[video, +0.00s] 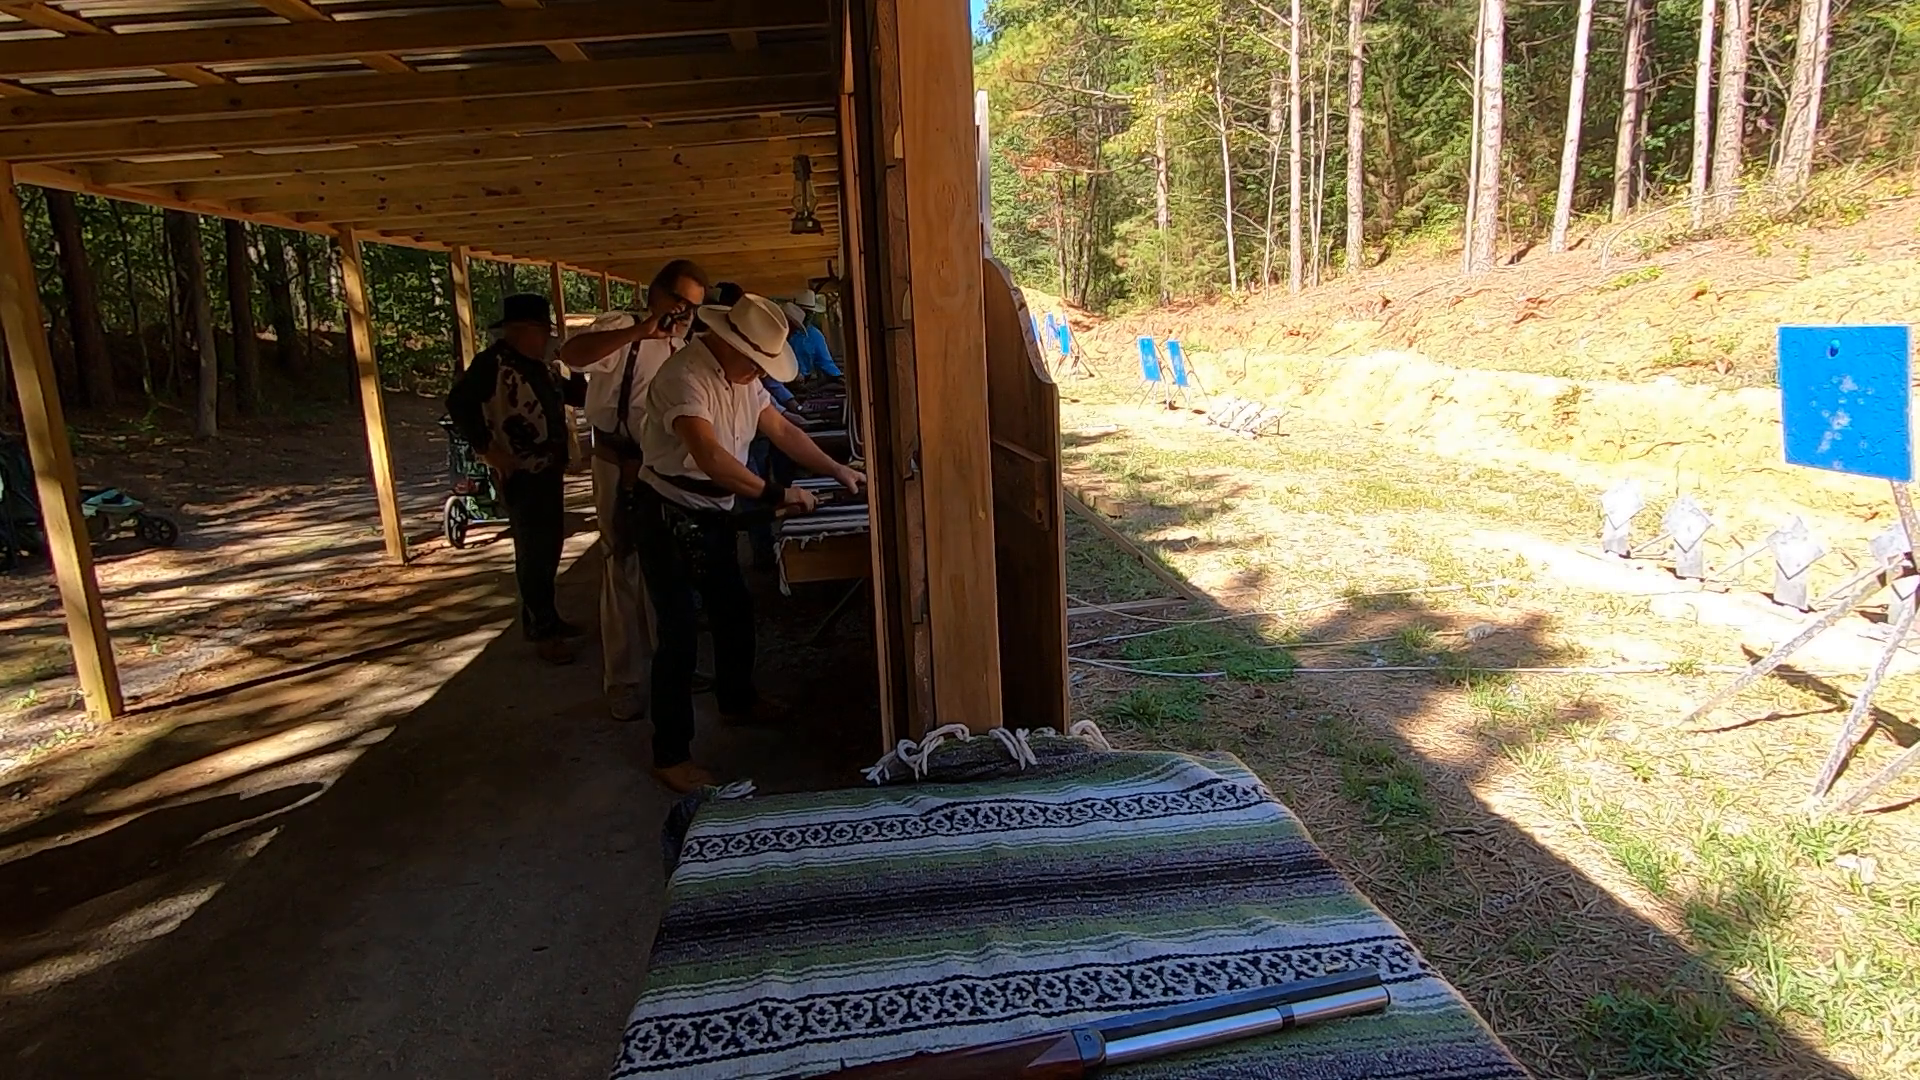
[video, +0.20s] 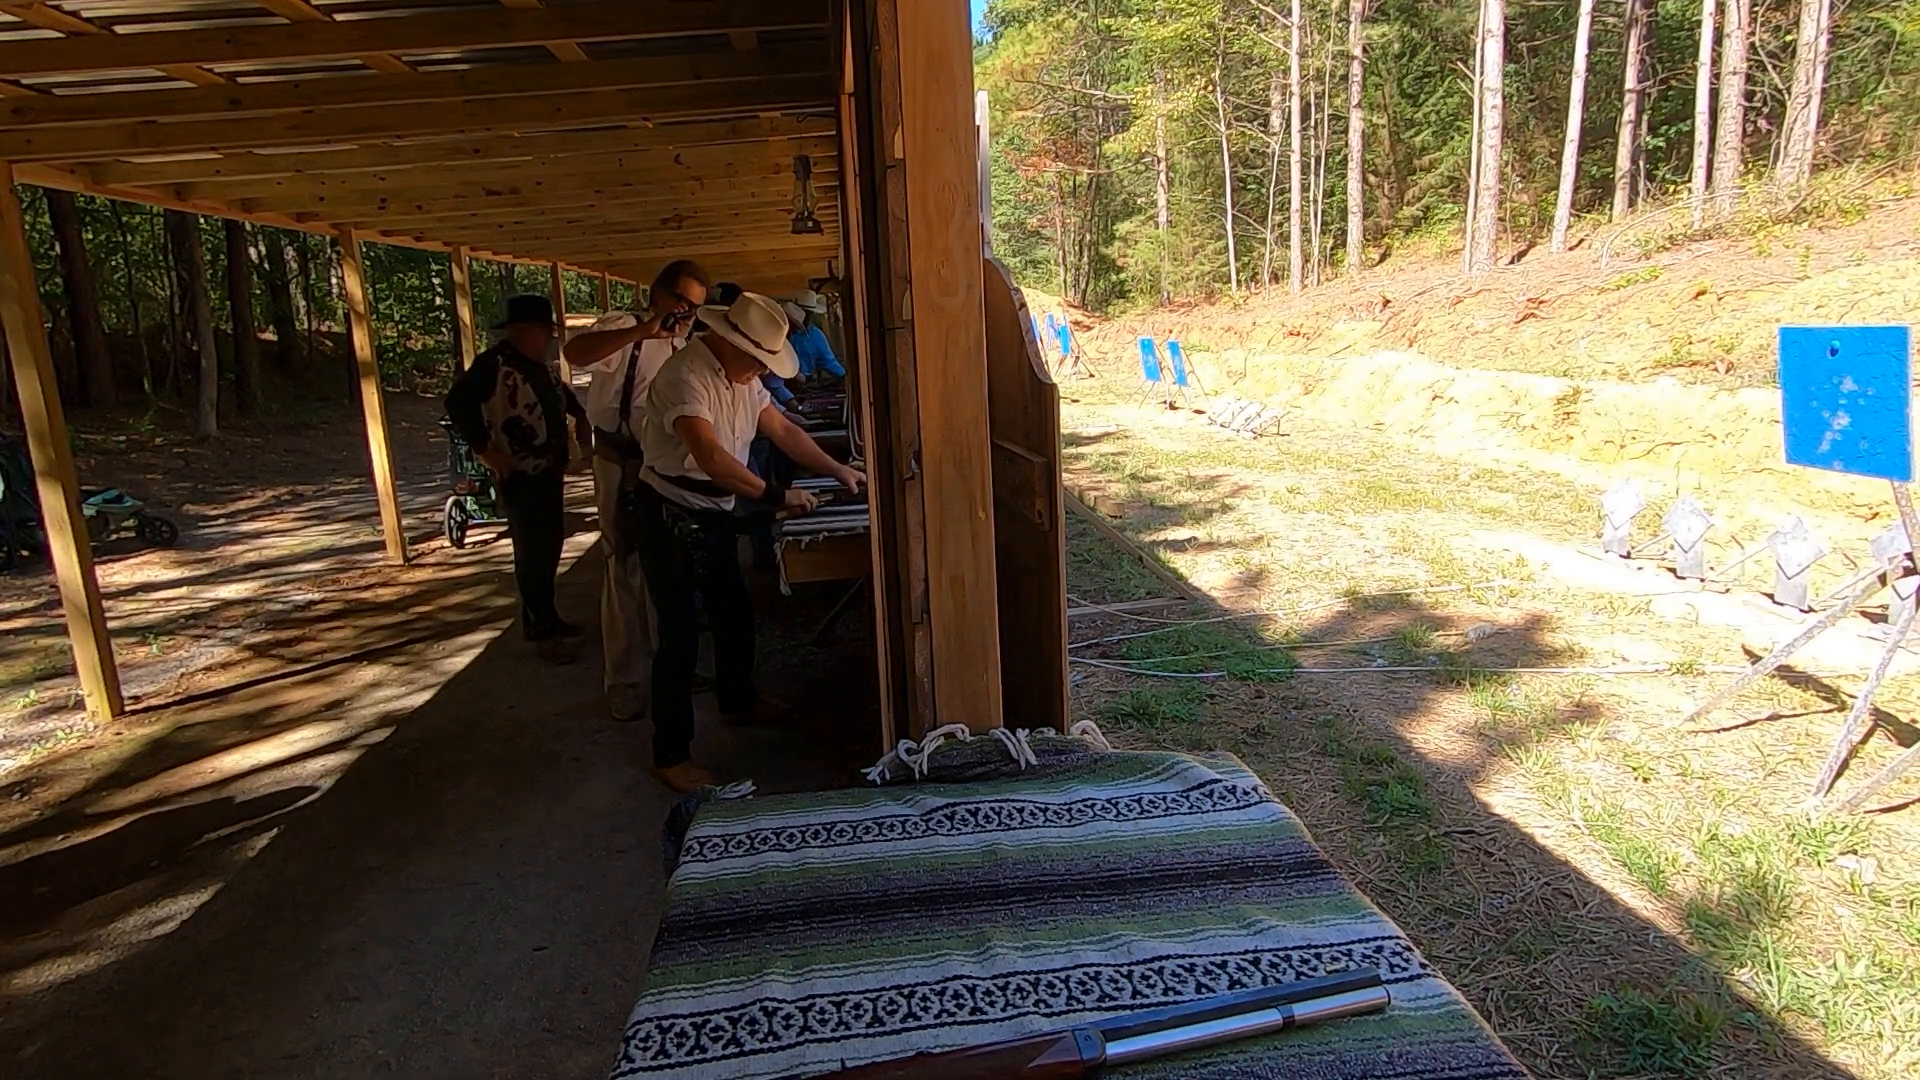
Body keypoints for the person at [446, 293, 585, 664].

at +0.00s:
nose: (548, 337)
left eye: (547, 330)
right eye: (542, 329)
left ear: (532, 330)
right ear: (520, 330)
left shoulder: (540, 367)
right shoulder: (492, 362)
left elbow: (573, 391)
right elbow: (460, 403)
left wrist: (609, 388)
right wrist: (487, 449)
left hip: (548, 470)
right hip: (520, 473)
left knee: (549, 547)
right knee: (533, 550)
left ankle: (547, 619)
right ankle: (540, 630)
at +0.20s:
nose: (550, 340)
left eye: (550, 332)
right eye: (545, 331)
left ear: (532, 330)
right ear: (524, 330)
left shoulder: (538, 366)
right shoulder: (493, 363)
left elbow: (560, 392)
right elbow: (459, 402)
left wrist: (580, 416)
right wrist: (484, 448)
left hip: (548, 471)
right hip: (520, 474)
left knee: (550, 547)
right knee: (532, 551)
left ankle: (547, 618)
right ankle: (540, 630)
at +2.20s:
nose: (561, 338)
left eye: (561, 330)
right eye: (555, 330)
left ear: (547, 332)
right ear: (533, 331)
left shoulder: (545, 364)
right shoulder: (505, 361)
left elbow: (549, 409)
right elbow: (468, 399)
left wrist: (564, 446)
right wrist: (490, 447)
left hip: (551, 472)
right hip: (525, 475)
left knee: (551, 550)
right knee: (536, 553)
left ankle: (549, 620)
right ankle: (541, 631)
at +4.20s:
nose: (562, 338)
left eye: (562, 330)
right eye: (556, 330)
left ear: (543, 333)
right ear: (534, 332)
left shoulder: (544, 366)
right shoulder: (505, 362)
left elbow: (551, 412)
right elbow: (468, 399)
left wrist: (567, 447)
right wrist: (489, 448)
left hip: (551, 473)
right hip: (525, 475)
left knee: (552, 550)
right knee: (536, 552)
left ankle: (549, 621)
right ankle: (541, 630)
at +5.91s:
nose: (565, 337)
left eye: (564, 330)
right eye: (558, 330)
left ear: (546, 333)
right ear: (536, 332)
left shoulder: (546, 365)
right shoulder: (507, 362)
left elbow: (551, 411)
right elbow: (471, 399)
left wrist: (565, 449)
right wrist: (493, 448)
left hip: (551, 472)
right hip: (525, 475)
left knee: (552, 550)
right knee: (536, 552)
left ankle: (549, 621)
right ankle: (541, 632)